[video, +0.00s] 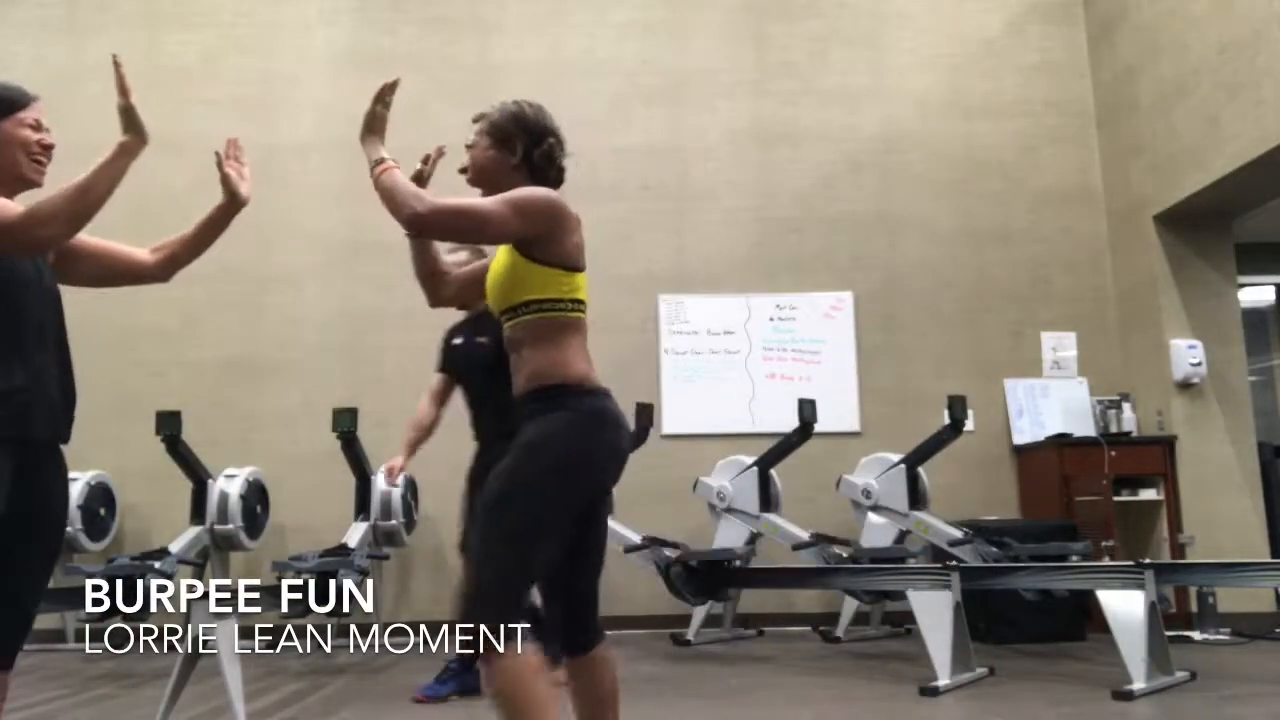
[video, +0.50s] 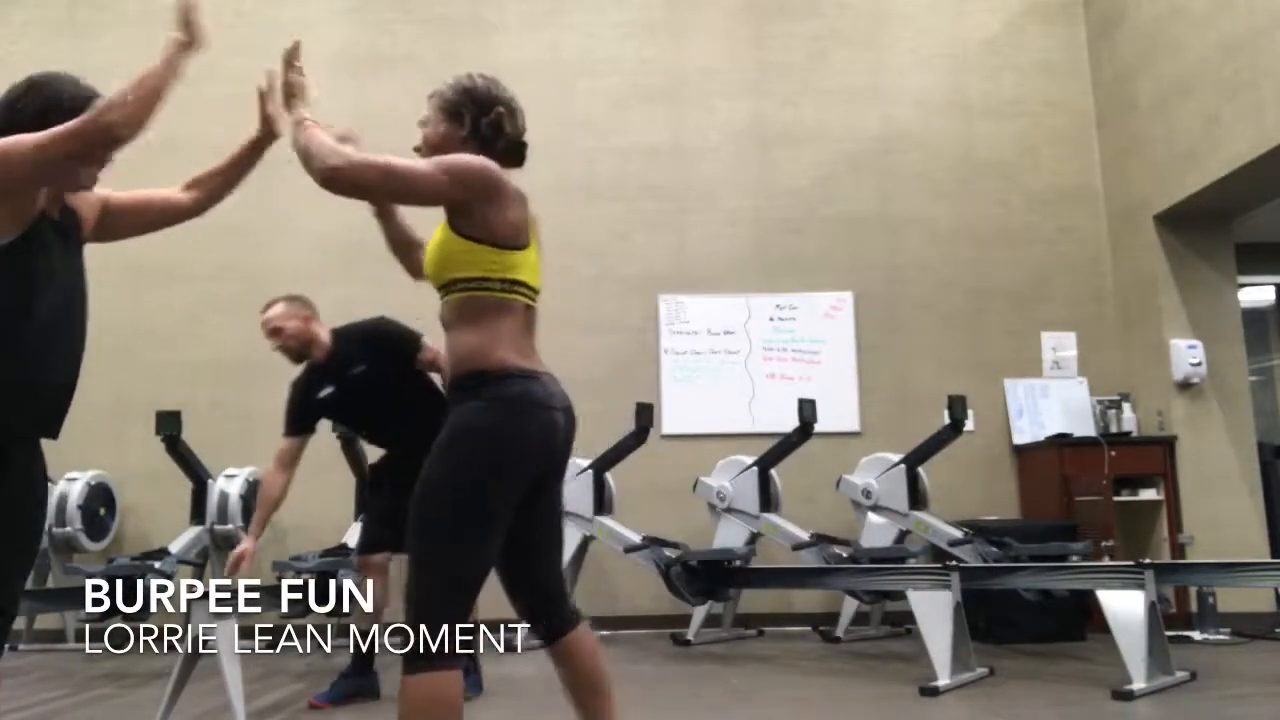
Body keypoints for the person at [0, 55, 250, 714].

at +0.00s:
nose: (47, 140)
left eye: (48, 129)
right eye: (31, 126)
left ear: (37, 142)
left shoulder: (32, 235)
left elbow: (153, 263)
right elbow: (40, 226)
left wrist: (229, 206)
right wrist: (130, 147)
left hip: (38, 458)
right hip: (3, 457)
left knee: (6, 650)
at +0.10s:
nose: (63, 136)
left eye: (64, 126)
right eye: (48, 122)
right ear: (5, 129)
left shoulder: (46, 229)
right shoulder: (1, 204)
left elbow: (170, 262)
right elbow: (67, 227)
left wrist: (244, 202)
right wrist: (159, 147)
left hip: (37, 457)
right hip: (4, 453)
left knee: (8, 643)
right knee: (3, 644)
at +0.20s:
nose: (84, 130)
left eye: (82, 120)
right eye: (68, 116)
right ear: (19, 125)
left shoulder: (61, 223)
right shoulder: (4, 184)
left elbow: (185, 263)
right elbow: (95, 219)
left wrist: (253, 199)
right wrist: (186, 143)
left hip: (34, 456)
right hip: (3, 452)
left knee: (5, 647)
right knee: (2, 646)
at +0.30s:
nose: (106, 126)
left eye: (102, 116)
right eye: (88, 115)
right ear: (40, 127)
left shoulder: (93, 221)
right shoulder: (17, 182)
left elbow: (217, 240)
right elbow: (152, 170)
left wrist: (285, 174)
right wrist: (272, 118)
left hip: (26, 455)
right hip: (6, 453)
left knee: (4, 634)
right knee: (2, 631)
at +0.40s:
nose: (111, 127)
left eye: (107, 116)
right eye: (96, 116)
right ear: (51, 126)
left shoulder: (97, 203)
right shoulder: (16, 175)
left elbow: (215, 197)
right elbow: (148, 134)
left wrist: (298, 145)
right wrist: (256, 76)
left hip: (24, 449)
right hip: (5, 446)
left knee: (7, 618)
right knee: (4, 617)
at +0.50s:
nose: (106, 162)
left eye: (108, 149)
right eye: (95, 145)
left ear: (78, 149)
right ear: (47, 142)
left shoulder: (74, 213)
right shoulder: (11, 192)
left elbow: (189, 198)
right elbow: (101, 133)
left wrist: (264, 137)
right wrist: (181, 47)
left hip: (24, 450)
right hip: (2, 449)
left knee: (7, 609)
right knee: (5, 610)